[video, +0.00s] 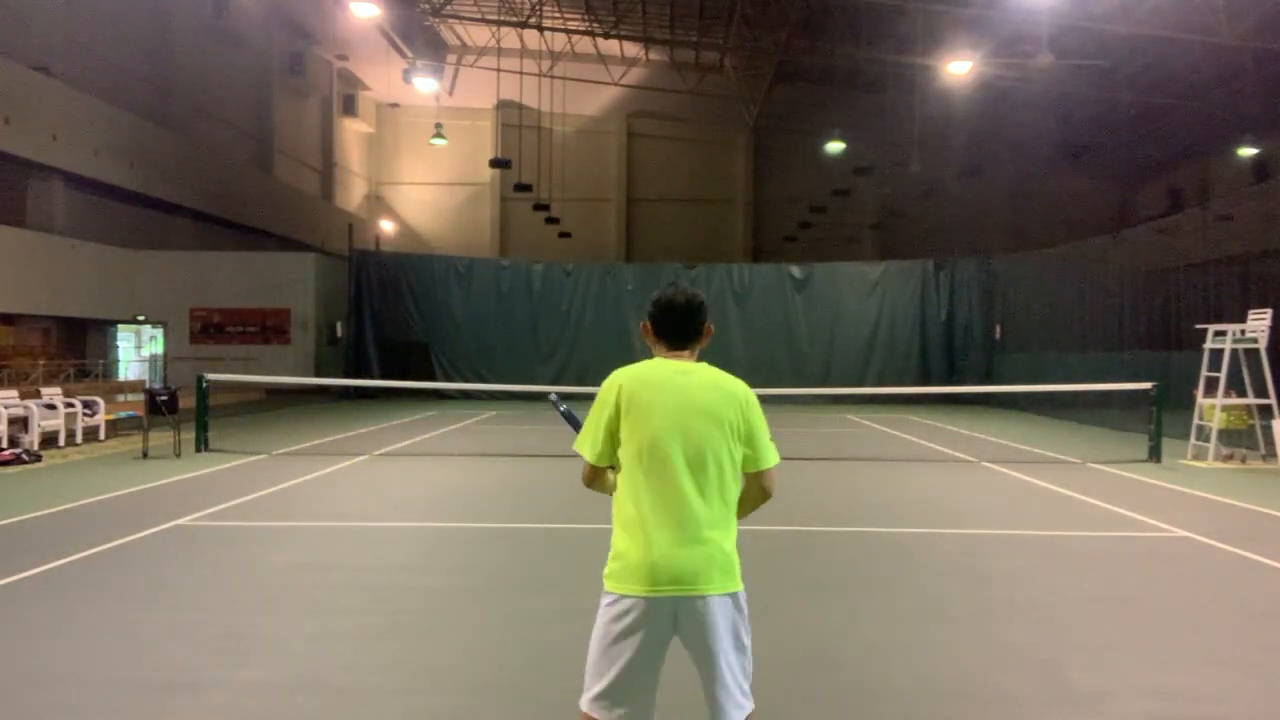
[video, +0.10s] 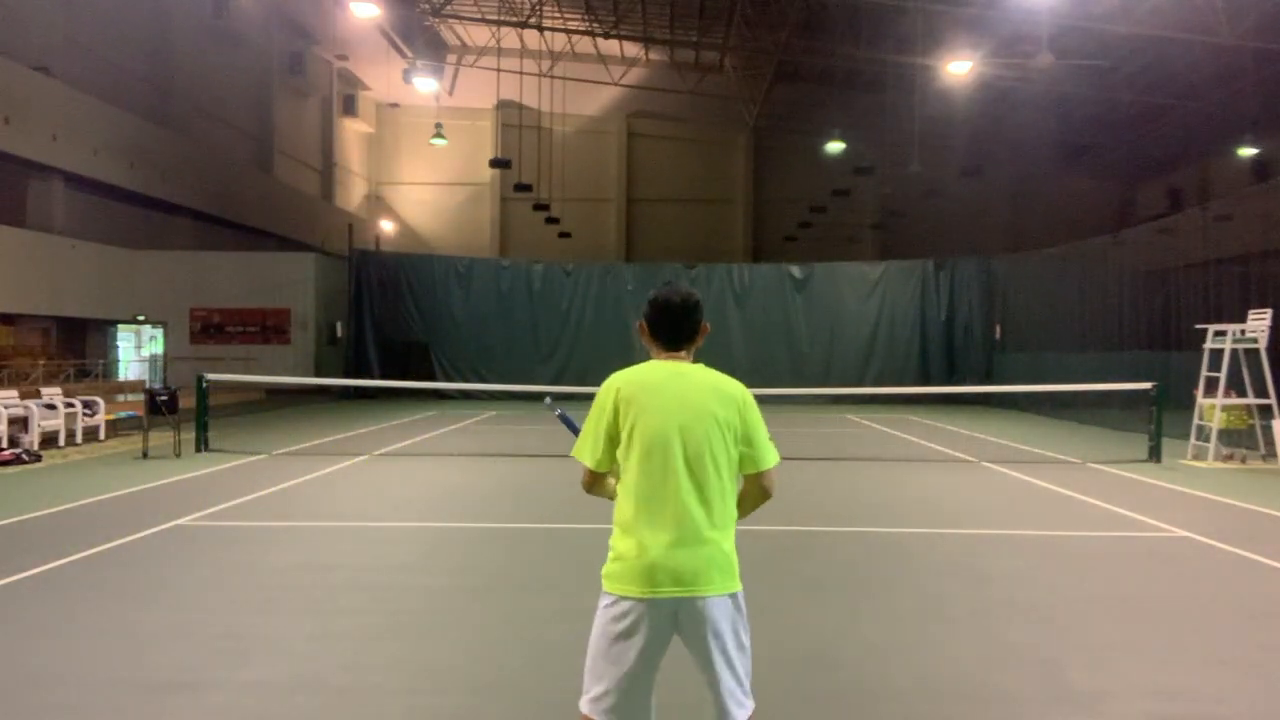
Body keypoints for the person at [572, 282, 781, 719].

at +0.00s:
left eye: (647, 327)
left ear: (647, 332)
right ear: (706, 334)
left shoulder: (622, 383)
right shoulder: (736, 392)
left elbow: (593, 476)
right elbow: (762, 485)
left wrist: (636, 484)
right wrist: (717, 513)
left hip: (635, 576)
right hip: (713, 577)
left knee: (604, 707)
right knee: (732, 707)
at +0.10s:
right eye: (699, 324)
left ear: (644, 332)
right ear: (702, 332)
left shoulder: (621, 387)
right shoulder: (732, 392)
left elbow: (592, 480)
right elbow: (762, 485)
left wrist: (631, 492)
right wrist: (718, 515)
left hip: (634, 577)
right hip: (712, 577)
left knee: (602, 707)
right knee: (735, 706)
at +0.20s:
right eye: (692, 324)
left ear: (633, 331)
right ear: (693, 332)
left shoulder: (613, 389)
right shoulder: (724, 392)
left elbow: (589, 484)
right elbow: (754, 484)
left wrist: (626, 493)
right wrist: (711, 516)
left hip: (631, 575)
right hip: (708, 575)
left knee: (599, 707)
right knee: (730, 707)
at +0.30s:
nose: (681, 330)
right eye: (681, 325)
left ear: (620, 335)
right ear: (680, 333)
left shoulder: (602, 393)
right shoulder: (714, 393)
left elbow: (583, 490)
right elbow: (744, 486)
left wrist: (627, 497)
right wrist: (698, 515)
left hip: (625, 578)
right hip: (702, 578)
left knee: (594, 709)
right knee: (723, 709)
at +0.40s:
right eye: (671, 329)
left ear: (610, 337)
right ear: (670, 335)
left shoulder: (595, 394)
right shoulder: (705, 394)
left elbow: (576, 493)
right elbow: (735, 487)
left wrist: (621, 497)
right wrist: (690, 517)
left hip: (618, 578)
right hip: (695, 577)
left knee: (588, 709)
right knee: (717, 708)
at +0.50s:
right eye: (670, 327)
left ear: (609, 334)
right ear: (669, 332)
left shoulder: (591, 391)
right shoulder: (704, 392)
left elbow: (575, 489)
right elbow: (731, 485)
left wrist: (623, 497)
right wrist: (685, 516)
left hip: (613, 574)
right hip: (691, 574)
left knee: (586, 708)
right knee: (713, 707)